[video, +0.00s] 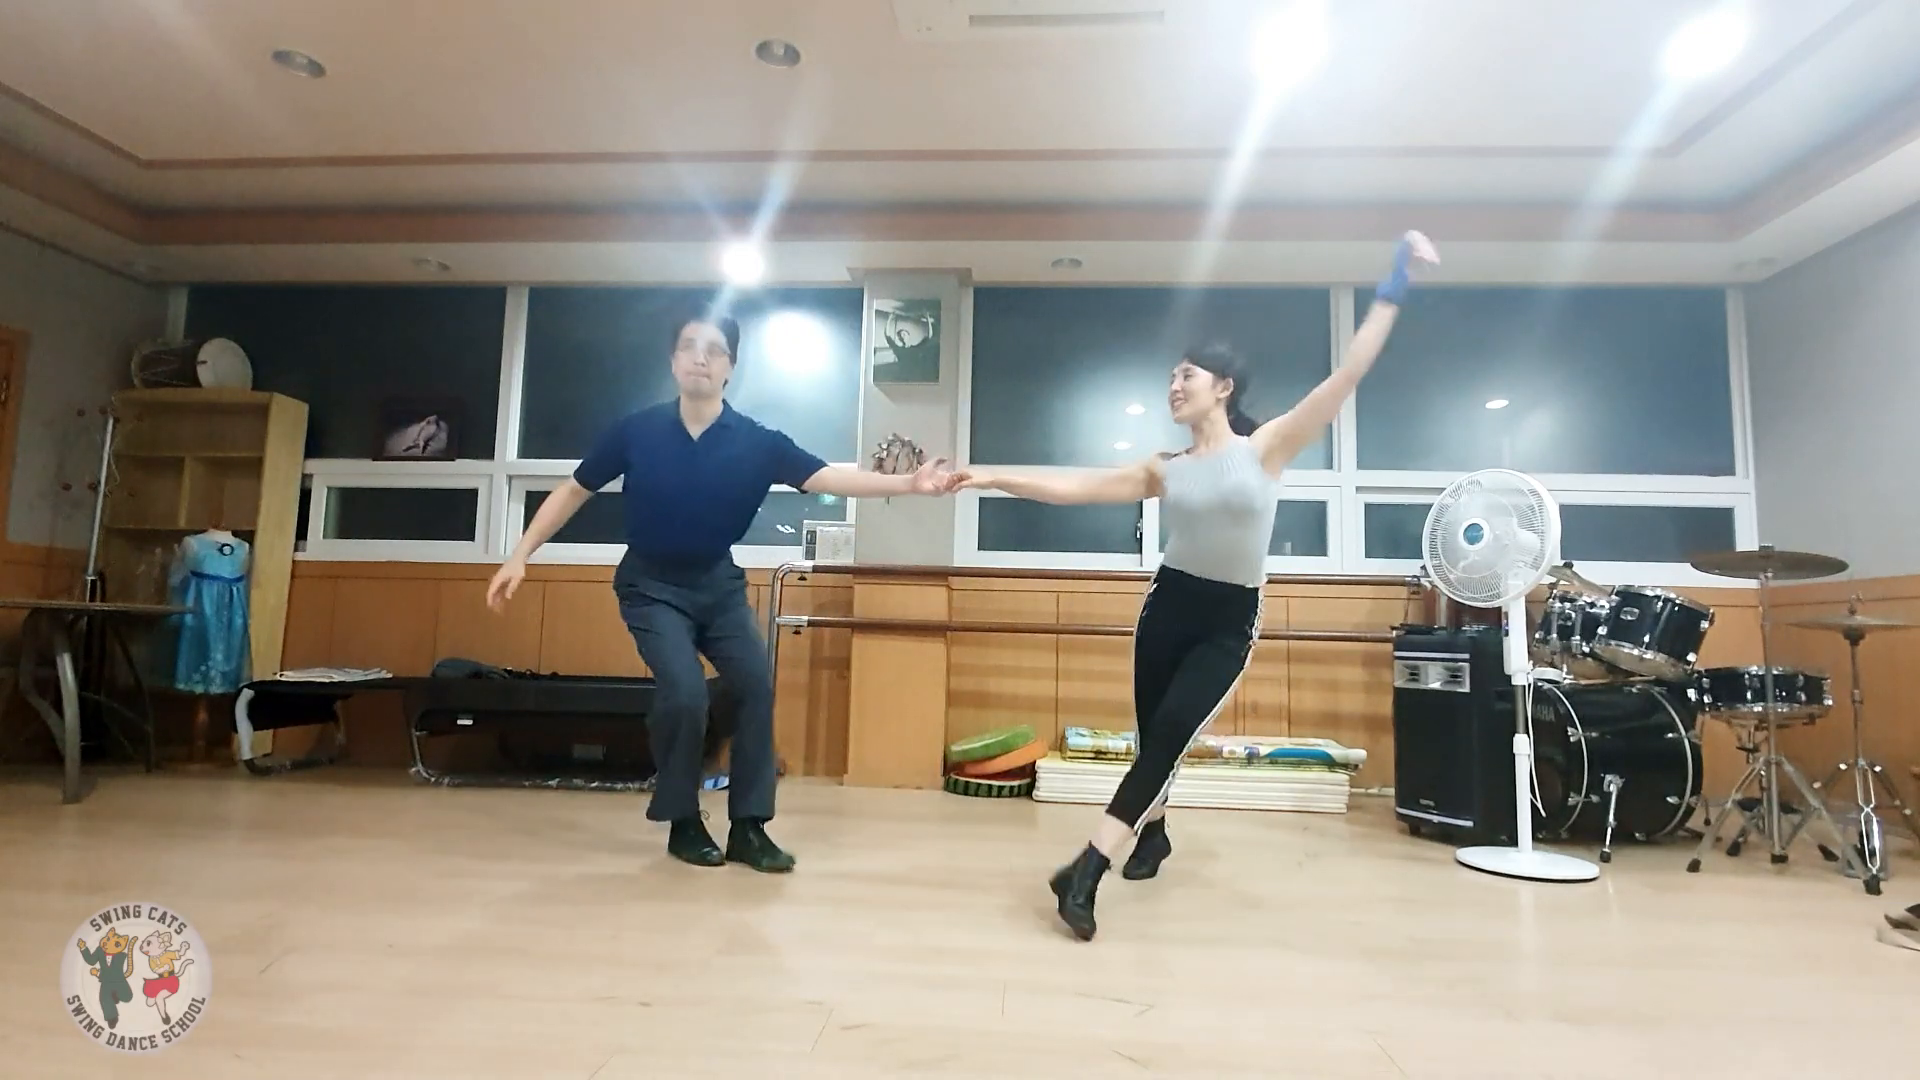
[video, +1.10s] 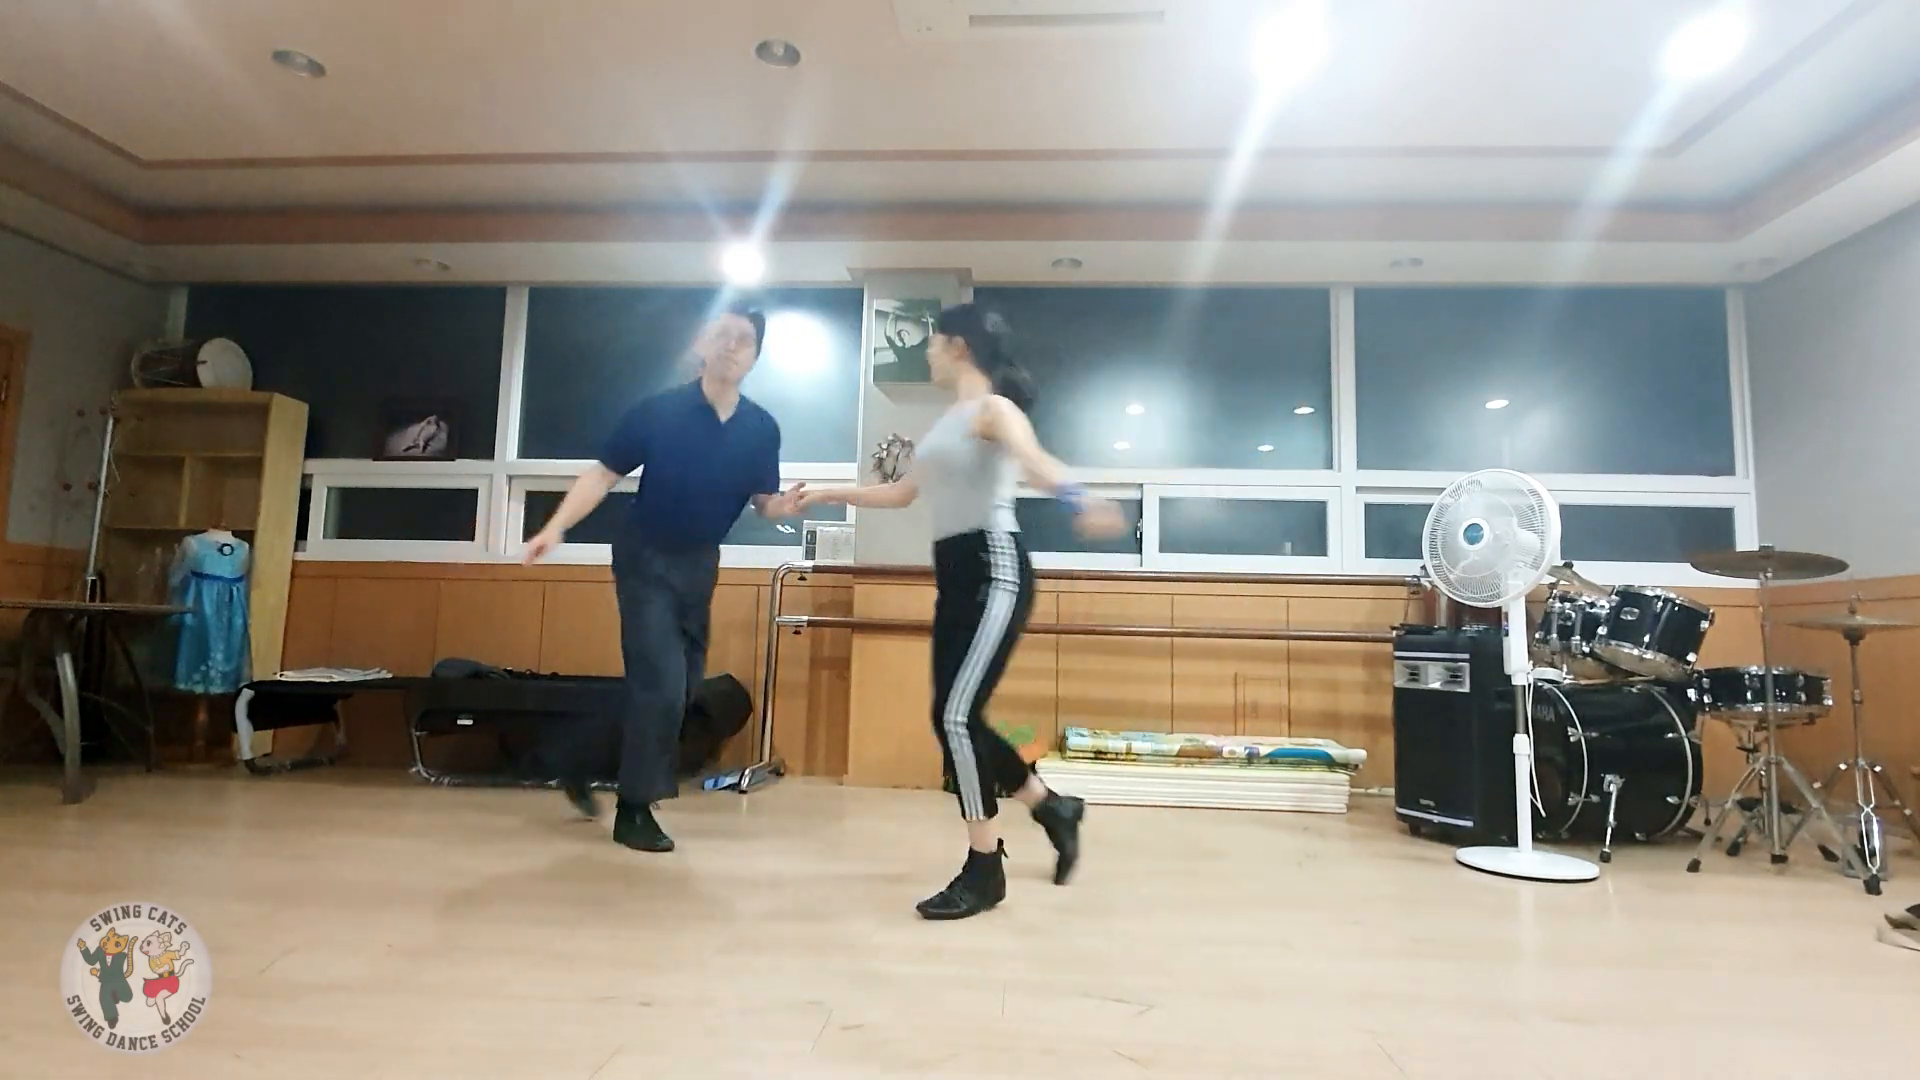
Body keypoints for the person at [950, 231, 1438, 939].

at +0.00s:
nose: (1175, 383)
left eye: (1189, 374)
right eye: (1173, 375)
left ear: (1224, 388)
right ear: (1175, 393)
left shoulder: (1266, 449)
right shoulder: (1162, 469)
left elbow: (1349, 373)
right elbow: (1069, 485)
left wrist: (1395, 288)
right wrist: (982, 476)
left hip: (1228, 620)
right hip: (1167, 609)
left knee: (1166, 732)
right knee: (1151, 734)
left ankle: (1087, 869)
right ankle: (1153, 830)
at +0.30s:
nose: (1130, 374)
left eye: (1142, 364)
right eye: (1130, 365)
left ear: (1177, 376)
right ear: (1148, 380)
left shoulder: (1199, 423)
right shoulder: (1132, 465)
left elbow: (1272, 375)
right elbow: (1050, 486)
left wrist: (1313, 288)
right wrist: (966, 478)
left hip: (1195, 575)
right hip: (1217, 599)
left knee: (1118, 708)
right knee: (1131, 706)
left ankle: (1112, 885)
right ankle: (1101, 827)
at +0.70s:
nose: (1078, 372)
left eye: (1088, 362)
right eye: (1081, 362)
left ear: (1121, 369)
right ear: (1114, 372)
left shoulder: (1163, 430)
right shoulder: (1085, 454)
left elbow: (1236, 440)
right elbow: (1010, 483)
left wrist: (1281, 382)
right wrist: (925, 481)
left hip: (1169, 597)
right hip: (1126, 598)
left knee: (1066, 693)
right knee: (1067, 700)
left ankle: (1047, 844)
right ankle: (1103, 839)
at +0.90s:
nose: (1024, 379)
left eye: (1032, 369)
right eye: (1026, 369)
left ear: (1065, 372)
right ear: (1057, 374)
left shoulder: (1121, 439)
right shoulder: (1031, 456)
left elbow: (1208, 469)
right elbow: (956, 487)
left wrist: (1280, 451)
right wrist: (875, 485)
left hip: (1101, 606)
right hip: (1040, 602)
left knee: (1042, 723)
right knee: (1043, 726)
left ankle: (967, 865)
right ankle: (1094, 835)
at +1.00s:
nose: (979, 365)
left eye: (985, 355)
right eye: (981, 356)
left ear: (1015, 360)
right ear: (1011, 363)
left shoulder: (1065, 430)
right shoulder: (984, 444)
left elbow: (1143, 480)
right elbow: (922, 492)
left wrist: (1219, 491)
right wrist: (840, 491)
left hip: (1054, 590)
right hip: (995, 592)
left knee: (1007, 716)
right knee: (1024, 722)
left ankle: (973, 867)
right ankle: (1089, 830)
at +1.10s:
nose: (928, 353)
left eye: (934, 343)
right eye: (930, 343)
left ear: (960, 348)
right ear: (961, 349)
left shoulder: (992, 408)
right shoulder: (948, 422)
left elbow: (1034, 461)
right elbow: (900, 493)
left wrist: (1081, 497)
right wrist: (822, 496)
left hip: (994, 570)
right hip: (958, 574)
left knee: (956, 715)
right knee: (954, 717)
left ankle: (984, 866)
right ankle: (1054, 810)